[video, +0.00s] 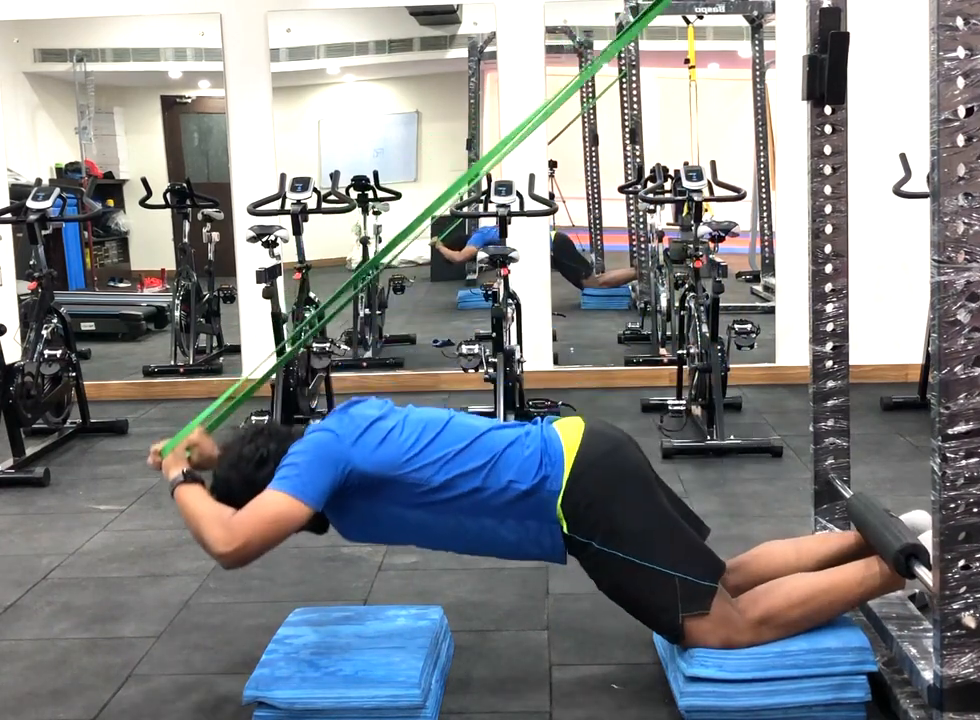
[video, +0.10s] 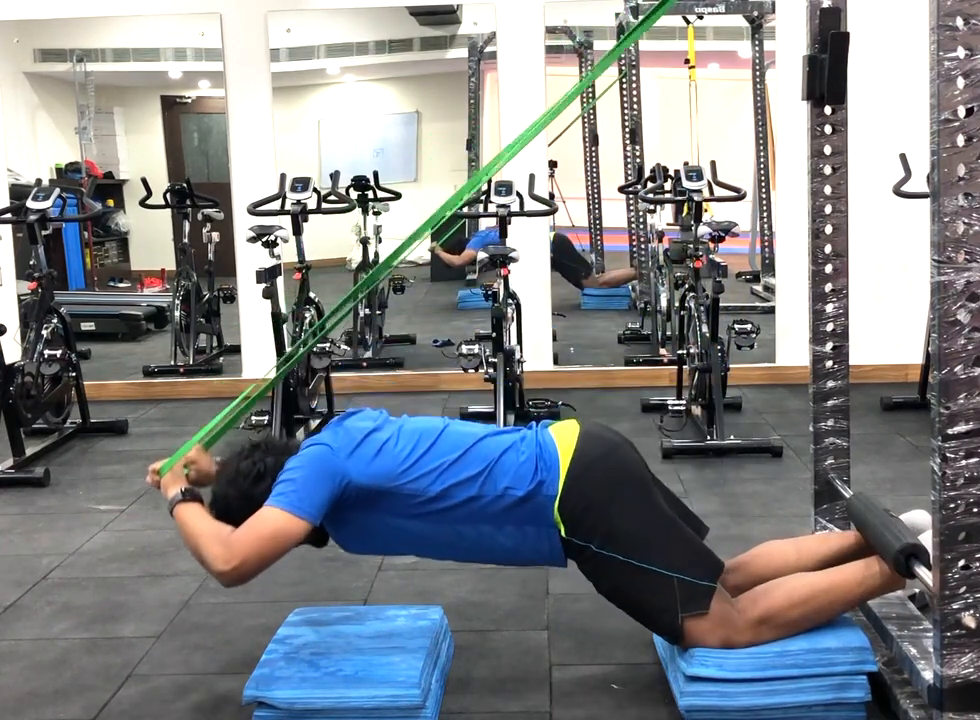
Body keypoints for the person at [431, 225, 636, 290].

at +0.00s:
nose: (464, 248)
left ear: (471, 234)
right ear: (476, 228)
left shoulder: (483, 233)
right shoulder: (497, 230)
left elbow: (459, 258)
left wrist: (438, 246)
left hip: (556, 244)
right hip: (554, 244)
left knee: (593, 282)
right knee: (591, 281)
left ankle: (641, 270)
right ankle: (640, 270)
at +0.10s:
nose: (462, 259)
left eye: (460, 257)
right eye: (460, 256)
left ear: (462, 249)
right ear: (465, 242)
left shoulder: (479, 239)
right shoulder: (486, 234)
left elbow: (458, 262)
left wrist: (436, 250)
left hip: (555, 244)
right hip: (552, 245)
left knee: (593, 282)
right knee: (591, 282)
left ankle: (642, 271)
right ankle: (640, 271)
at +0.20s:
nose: (462, 261)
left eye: (461, 258)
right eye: (461, 258)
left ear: (464, 251)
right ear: (469, 241)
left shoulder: (479, 241)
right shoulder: (489, 235)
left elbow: (458, 265)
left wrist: (436, 254)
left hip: (554, 246)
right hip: (553, 244)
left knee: (593, 282)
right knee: (592, 280)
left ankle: (642, 270)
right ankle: (641, 270)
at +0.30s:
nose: (462, 261)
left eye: (460, 258)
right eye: (460, 258)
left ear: (463, 252)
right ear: (468, 242)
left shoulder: (480, 241)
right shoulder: (489, 235)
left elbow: (457, 265)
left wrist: (434, 253)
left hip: (554, 246)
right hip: (552, 244)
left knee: (593, 282)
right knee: (591, 281)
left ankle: (642, 270)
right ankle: (641, 269)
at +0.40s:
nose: (460, 260)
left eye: (460, 256)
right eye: (459, 256)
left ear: (463, 249)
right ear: (471, 240)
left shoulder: (479, 240)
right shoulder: (490, 235)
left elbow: (457, 264)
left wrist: (435, 253)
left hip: (554, 246)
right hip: (552, 244)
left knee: (593, 282)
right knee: (592, 281)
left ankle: (642, 270)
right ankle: (641, 269)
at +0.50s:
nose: (460, 259)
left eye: (457, 256)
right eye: (458, 256)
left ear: (460, 249)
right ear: (463, 241)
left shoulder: (478, 238)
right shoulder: (484, 234)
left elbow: (456, 261)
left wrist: (434, 250)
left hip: (555, 245)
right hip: (553, 245)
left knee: (594, 282)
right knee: (591, 282)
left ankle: (641, 271)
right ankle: (640, 271)